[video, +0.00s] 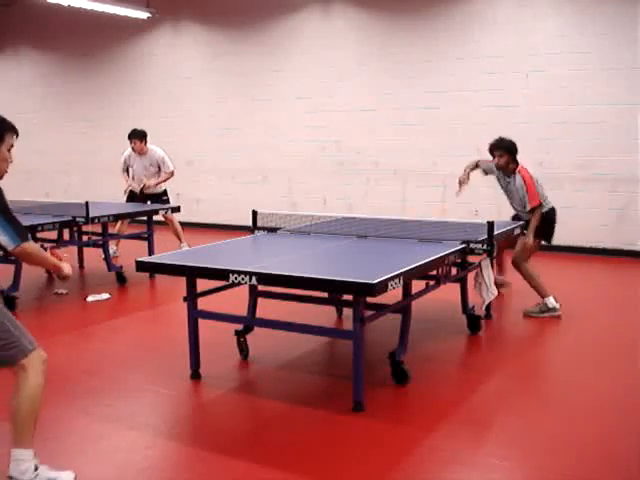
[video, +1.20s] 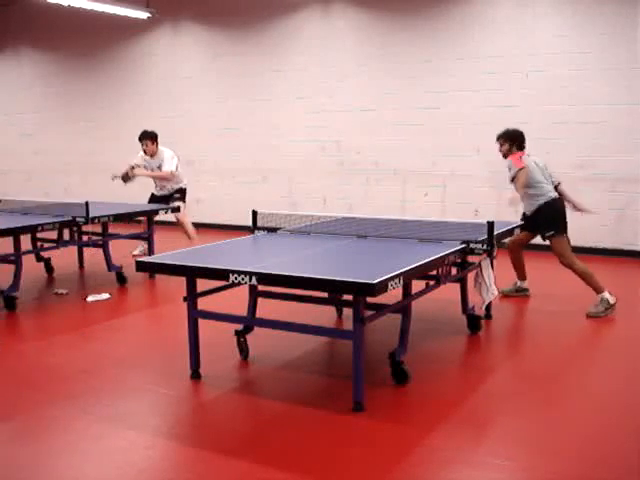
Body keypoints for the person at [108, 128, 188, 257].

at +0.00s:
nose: (132, 146)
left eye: (135, 143)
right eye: (131, 143)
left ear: (143, 142)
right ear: (130, 143)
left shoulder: (157, 154)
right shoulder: (128, 155)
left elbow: (170, 172)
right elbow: (124, 171)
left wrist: (154, 182)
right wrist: (128, 182)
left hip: (157, 193)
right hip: (136, 191)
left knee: (168, 217)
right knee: (123, 218)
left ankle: (183, 243)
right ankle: (114, 246)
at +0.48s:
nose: (127, 142)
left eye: (130, 139)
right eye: (126, 139)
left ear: (138, 139)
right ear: (124, 138)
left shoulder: (149, 154)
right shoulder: (119, 150)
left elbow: (155, 174)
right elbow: (107, 166)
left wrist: (144, 182)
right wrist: (117, 178)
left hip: (140, 192)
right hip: (120, 192)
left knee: (152, 220)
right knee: (111, 221)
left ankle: (165, 248)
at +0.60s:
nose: (134, 156)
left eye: (137, 153)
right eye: (132, 153)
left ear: (143, 153)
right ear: (129, 153)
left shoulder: (151, 168)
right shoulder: (123, 165)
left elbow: (162, 187)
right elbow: (114, 184)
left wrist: (167, 200)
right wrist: (131, 192)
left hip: (142, 204)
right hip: (122, 203)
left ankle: (160, 251)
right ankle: (94, 248)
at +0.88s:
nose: (148, 160)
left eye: (150, 156)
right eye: (144, 158)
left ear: (153, 155)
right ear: (139, 159)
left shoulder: (160, 165)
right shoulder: (135, 167)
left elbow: (174, 178)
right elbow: (127, 185)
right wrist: (138, 198)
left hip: (157, 200)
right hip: (141, 201)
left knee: (155, 220)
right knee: (117, 223)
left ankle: (165, 252)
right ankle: (97, 247)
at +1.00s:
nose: (146, 153)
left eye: (148, 150)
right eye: (143, 151)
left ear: (153, 146)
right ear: (141, 150)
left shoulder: (163, 154)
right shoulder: (141, 160)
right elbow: (131, 177)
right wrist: (128, 175)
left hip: (165, 195)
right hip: (147, 194)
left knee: (156, 219)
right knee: (126, 218)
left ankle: (165, 250)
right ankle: (121, 242)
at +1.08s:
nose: (143, 149)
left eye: (146, 145)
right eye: (141, 146)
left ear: (153, 144)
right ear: (140, 146)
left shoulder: (164, 151)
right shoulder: (141, 154)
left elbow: (163, 162)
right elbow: (135, 163)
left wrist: (138, 158)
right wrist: (126, 166)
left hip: (168, 191)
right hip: (152, 190)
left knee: (164, 219)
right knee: (133, 217)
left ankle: (168, 250)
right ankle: (133, 244)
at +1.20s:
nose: (144, 148)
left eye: (147, 145)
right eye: (143, 145)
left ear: (155, 144)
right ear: (141, 145)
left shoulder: (168, 155)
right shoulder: (143, 156)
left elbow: (168, 175)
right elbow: (134, 166)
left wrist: (141, 173)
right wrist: (128, 174)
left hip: (176, 189)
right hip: (159, 190)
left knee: (179, 215)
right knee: (147, 217)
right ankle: (145, 245)